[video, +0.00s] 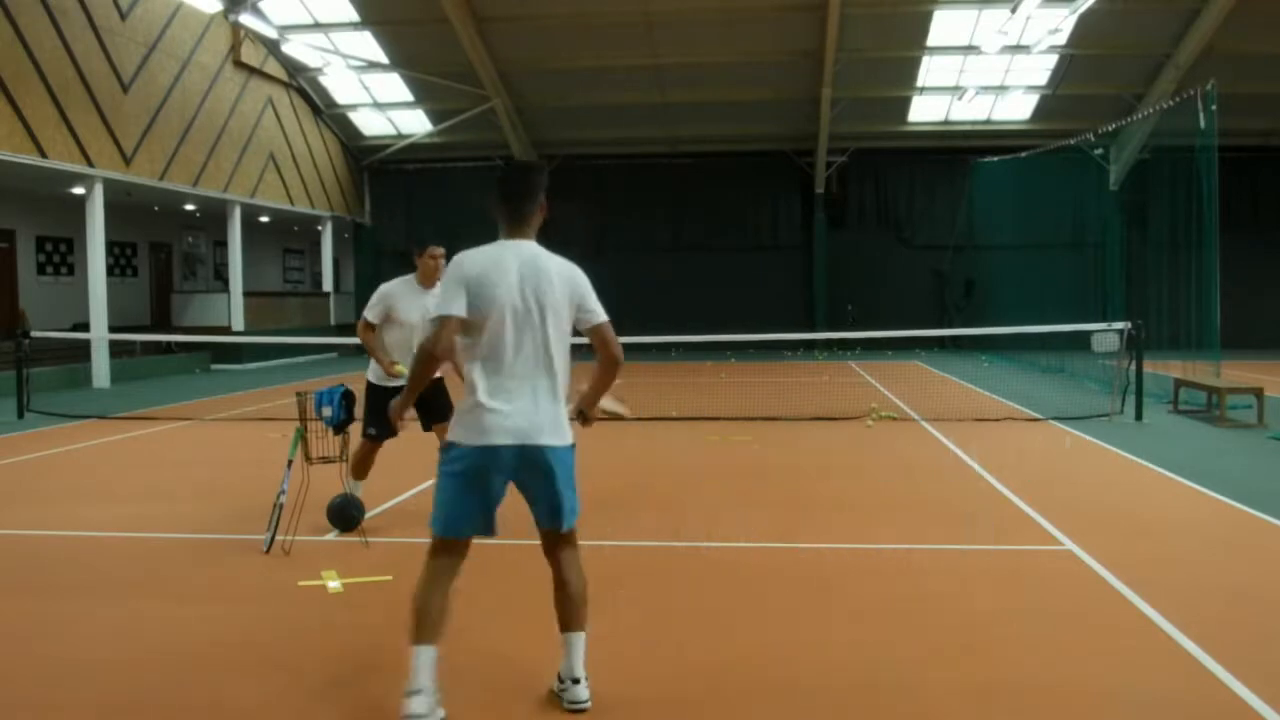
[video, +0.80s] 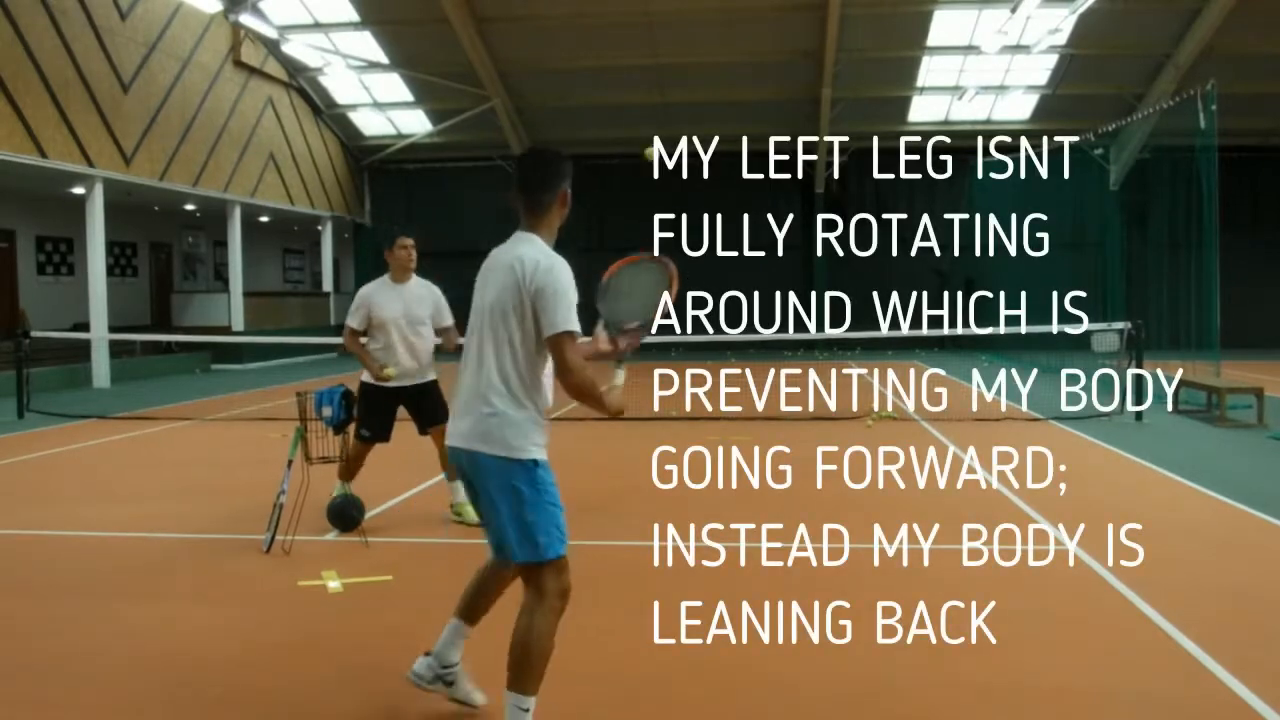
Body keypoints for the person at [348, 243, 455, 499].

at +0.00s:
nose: (439, 264)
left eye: (442, 258)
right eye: (432, 258)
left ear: (446, 262)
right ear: (418, 260)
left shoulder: (448, 294)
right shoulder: (390, 292)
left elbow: (451, 342)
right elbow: (365, 329)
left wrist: (469, 379)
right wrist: (385, 362)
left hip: (429, 379)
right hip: (386, 381)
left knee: (450, 436)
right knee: (372, 441)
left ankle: (456, 499)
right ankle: (352, 497)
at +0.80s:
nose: (410, 254)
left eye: (413, 249)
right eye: (404, 249)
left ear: (417, 255)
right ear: (388, 255)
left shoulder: (430, 291)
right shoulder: (369, 294)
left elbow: (448, 330)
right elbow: (349, 338)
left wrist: (449, 341)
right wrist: (372, 364)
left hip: (422, 381)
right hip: (380, 384)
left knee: (443, 435)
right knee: (363, 444)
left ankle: (459, 500)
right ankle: (341, 492)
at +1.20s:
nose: (379, 246)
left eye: (382, 241)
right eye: (372, 241)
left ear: (386, 245)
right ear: (357, 245)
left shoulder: (393, 281)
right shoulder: (340, 283)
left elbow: (398, 320)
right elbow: (319, 328)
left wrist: (409, 341)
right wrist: (354, 354)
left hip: (390, 375)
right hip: (352, 379)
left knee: (407, 431)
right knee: (344, 440)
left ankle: (411, 495)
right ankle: (337, 497)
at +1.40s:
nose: (378, 244)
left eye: (381, 239)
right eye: (372, 239)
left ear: (384, 244)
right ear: (357, 243)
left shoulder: (392, 279)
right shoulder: (340, 280)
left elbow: (399, 318)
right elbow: (328, 328)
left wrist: (404, 342)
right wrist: (369, 347)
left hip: (388, 373)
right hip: (349, 375)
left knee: (402, 430)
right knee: (340, 436)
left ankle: (411, 495)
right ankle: (337, 497)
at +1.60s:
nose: (381, 245)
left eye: (383, 239)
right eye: (374, 239)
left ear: (386, 244)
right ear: (358, 243)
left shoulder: (393, 278)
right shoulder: (340, 281)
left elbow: (400, 318)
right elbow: (328, 329)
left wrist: (408, 342)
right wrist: (367, 348)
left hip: (389, 373)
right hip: (350, 376)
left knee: (402, 431)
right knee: (340, 436)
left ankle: (411, 495)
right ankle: (337, 497)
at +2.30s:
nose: (390, 247)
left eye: (389, 242)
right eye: (387, 242)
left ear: (374, 245)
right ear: (375, 244)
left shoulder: (386, 277)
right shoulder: (340, 280)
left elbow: (393, 317)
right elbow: (323, 327)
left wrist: (418, 335)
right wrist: (360, 351)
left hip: (389, 373)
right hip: (351, 377)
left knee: (401, 431)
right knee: (340, 436)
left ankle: (411, 495)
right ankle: (337, 497)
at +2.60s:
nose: (387, 248)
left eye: (387, 242)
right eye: (385, 242)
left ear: (371, 244)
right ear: (374, 244)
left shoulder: (382, 279)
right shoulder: (340, 280)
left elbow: (391, 320)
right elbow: (321, 327)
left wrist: (429, 329)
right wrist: (359, 355)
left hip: (389, 374)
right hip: (353, 378)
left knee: (406, 430)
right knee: (344, 439)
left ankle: (411, 495)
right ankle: (337, 498)